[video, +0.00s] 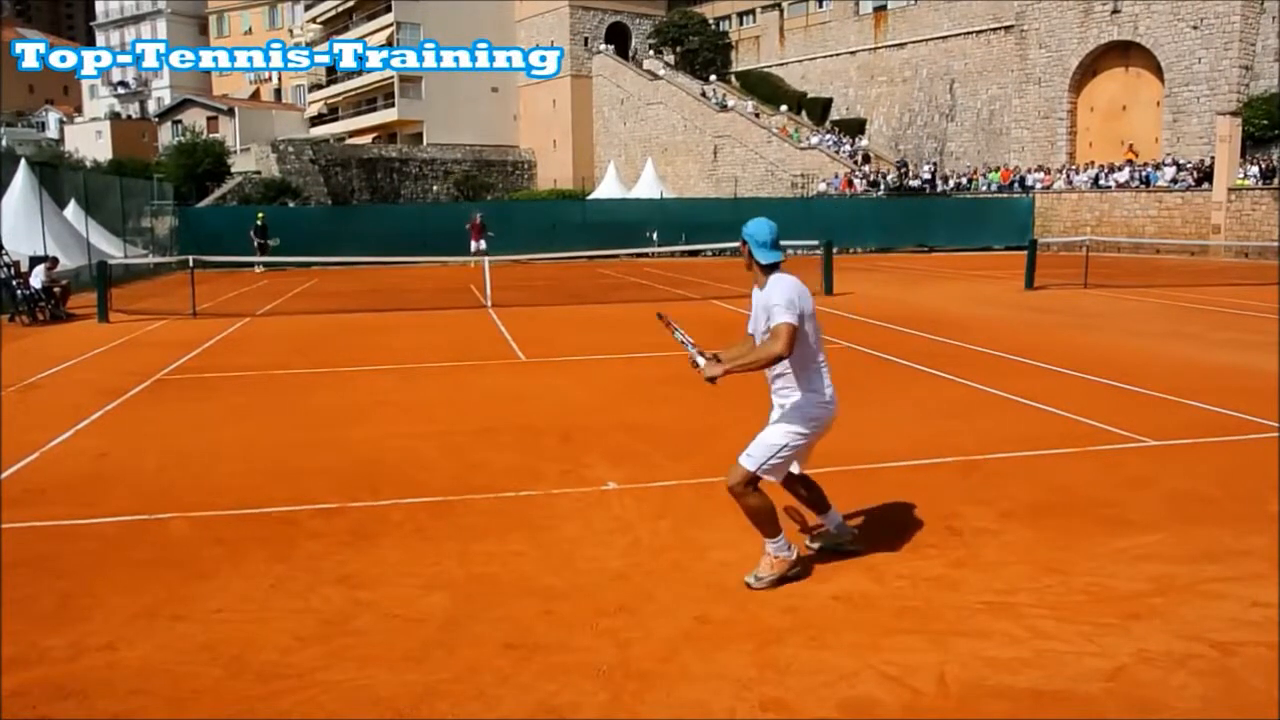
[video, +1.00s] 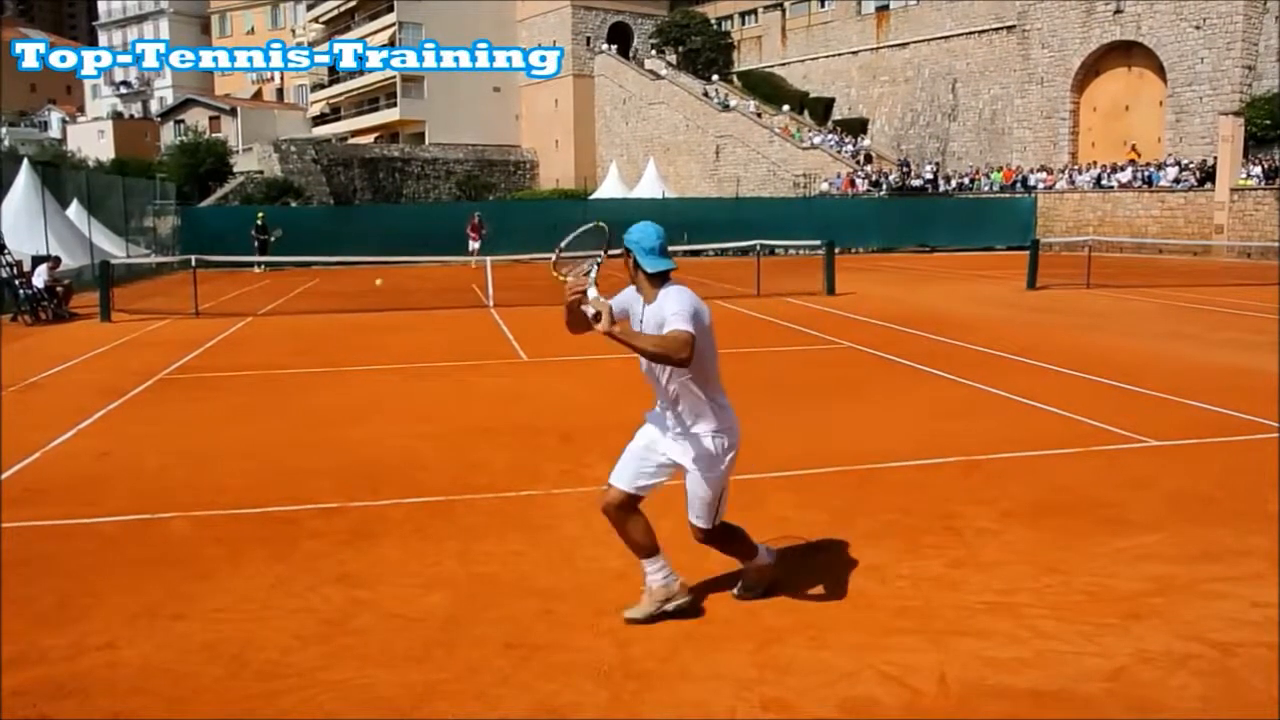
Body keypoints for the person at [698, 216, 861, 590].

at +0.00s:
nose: (740, 252)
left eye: (741, 247)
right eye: (743, 246)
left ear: (747, 252)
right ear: (774, 250)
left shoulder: (783, 290)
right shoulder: (763, 292)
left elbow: (780, 347)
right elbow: (755, 343)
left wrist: (726, 367)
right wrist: (718, 357)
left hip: (807, 406)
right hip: (790, 403)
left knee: (739, 482)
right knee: (783, 471)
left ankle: (780, 552)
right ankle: (836, 526)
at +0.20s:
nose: (716, 251)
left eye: (718, 246)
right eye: (719, 246)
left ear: (724, 252)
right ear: (751, 250)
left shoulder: (767, 291)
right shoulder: (730, 292)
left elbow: (773, 347)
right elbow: (718, 348)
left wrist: (710, 365)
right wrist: (684, 351)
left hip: (782, 413)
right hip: (756, 409)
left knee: (725, 498)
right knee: (770, 477)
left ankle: (766, 563)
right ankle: (825, 517)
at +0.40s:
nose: (704, 253)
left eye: (705, 248)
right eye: (708, 248)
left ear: (711, 252)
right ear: (741, 251)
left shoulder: (759, 294)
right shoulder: (717, 292)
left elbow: (763, 347)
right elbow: (699, 346)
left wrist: (699, 361)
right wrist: (668, 346)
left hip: (769, 415)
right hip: (739, 410)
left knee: (722, 507)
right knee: (753, 482)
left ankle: (766, 564)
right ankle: (810, 512)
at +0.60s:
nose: (676, 258)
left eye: (678, 253)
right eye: (679, 252)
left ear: (683, 257)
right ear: (713, 256)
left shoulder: (731, 298)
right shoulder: (688, 296)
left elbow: (734, 350)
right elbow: (658, 336)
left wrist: (665, 351)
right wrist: (629, 330)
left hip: (745, 420)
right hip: (711, 416)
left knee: (714, 521)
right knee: (699, 503)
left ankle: (767, 558)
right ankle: (769, 520)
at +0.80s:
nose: (661, 260)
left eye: (662, 255)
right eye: (662, 255)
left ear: (668, 259)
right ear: (698, 259)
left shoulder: (716, 299)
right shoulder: (670, 298)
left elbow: (717, 351)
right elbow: (633, 336)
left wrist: (647, 345)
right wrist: (609, 322)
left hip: (734, 424)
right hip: (696, 419)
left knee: (709, 523)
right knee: (673, 507)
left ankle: (765, 561)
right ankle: (747, 541)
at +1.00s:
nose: (623, 262)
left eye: (625, 256)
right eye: (625, 257)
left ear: (633, 261)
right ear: (660, 259)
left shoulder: (680, 301)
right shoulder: (632, 298)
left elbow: (681, 352)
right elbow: (579, 325)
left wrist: (617, 331)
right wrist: (573, 301)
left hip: (708, 433)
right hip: (665, 424)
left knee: (705, 529)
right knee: (617, 502)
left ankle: (761, 561)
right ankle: (664, 586)